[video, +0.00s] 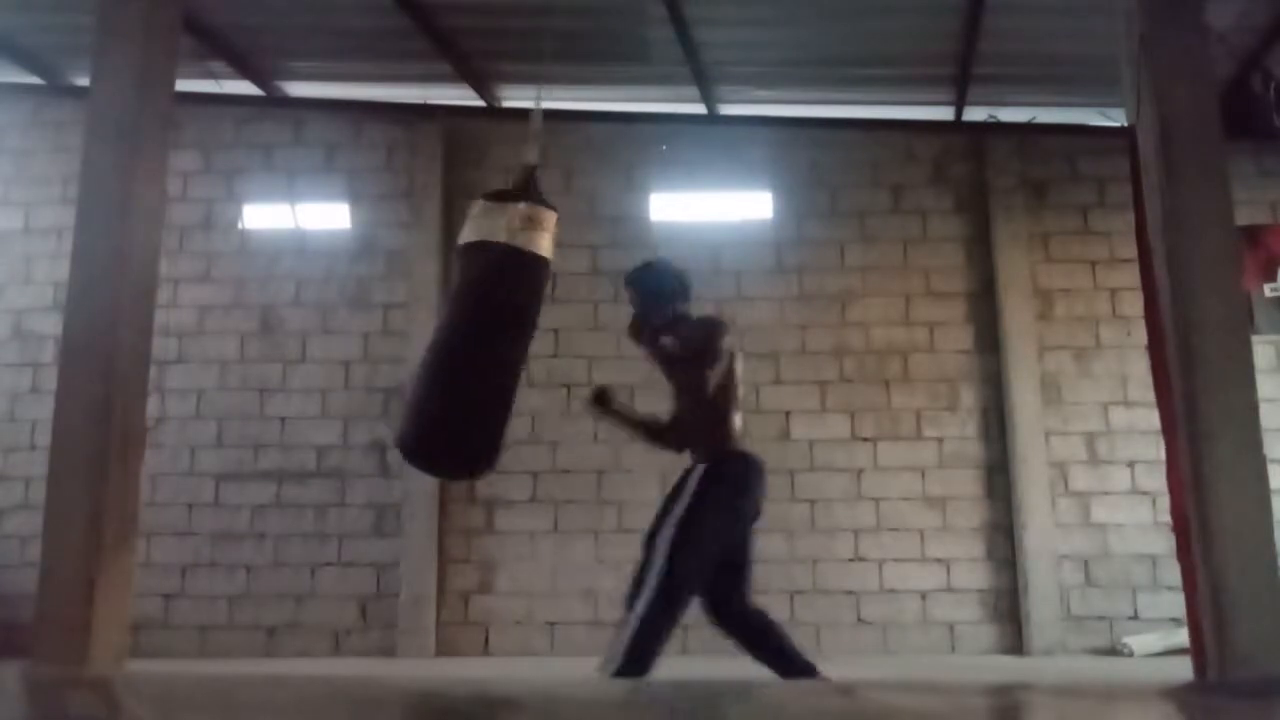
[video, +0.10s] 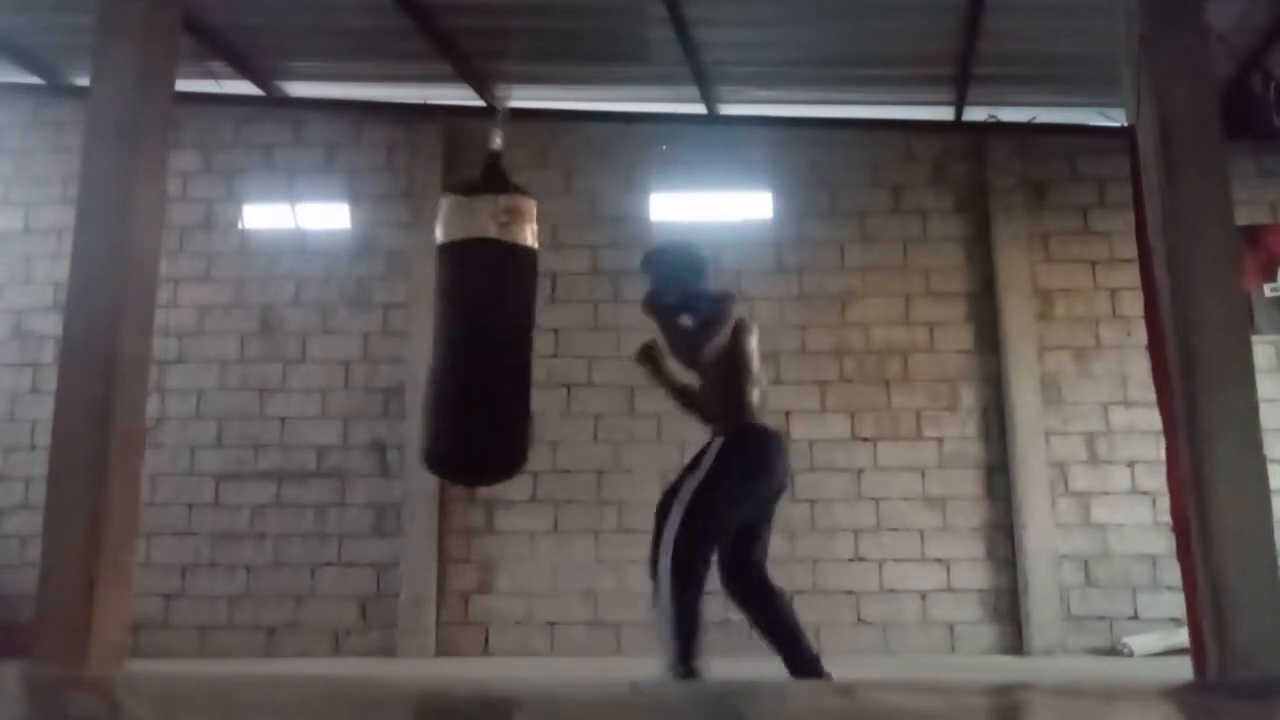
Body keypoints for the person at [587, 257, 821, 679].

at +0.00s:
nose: (632, 315)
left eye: (637, 303)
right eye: (631, 303)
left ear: (660, 301)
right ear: (671, 302)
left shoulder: (694, 329)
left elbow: (716, 335)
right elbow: (677, 438)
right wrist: (614, 410)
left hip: (717, 472)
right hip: (736, 474)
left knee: (663, 574)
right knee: (727, 604)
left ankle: (615, 685)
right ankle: (813, 686)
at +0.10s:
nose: (650, 293)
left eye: (656, 282)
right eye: (650, 282)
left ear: (680, 280)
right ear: (690, 282)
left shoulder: (722, 308)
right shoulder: (718, 325)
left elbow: (696, 354)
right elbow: (712, 409)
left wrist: (659, 312)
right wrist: (662, 375)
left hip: (737, 449)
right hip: (763, 451)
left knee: (679, 532)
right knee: (743, 573)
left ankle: (682, 671)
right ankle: (812, 676)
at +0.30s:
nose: (688, 291)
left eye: (693, 280)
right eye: (687, 281)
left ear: (716, 276)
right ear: (730, 275)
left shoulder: (751, 310)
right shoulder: (765, 319)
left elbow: (730, 378)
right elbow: (738, 395)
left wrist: (693, 330)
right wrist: (697, 335)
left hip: (761, 453)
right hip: (790, 451)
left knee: (721, 570)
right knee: (759, 570)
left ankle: (785, 677)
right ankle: (845, 664)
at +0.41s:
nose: (707, 301)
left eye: (712, 290)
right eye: (706, 291)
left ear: (734, 290)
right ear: (744, 291)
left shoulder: (775, 325)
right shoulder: (764, 337)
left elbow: (744, 400)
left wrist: (712, 343)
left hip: (781, 468)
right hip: (807, 469)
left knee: (733, 582)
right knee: (777, 585)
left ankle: (789, 683)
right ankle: (876, 666)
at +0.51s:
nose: (723, 291)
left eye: (727, 282)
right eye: (722, 283)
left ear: (748, 278)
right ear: (760, 277)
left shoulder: (790, 310)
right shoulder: (771, 324)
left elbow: (774, 375)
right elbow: (753, 397)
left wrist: (732, 326)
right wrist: (730, 336)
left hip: (802, 448)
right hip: (827, 446)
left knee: (763, 564)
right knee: (809, 569)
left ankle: (796, 679)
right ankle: (893, 666)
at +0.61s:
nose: (737, 274)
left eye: (742, 263)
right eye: (737, 264)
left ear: (765, 263)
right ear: (767, 266)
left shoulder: (810, 297)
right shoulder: (768, 313)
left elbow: (811, 358)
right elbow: (771, 387)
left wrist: (765, 317)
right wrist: (749, 332)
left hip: (827, 435)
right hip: (846, 434)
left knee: (784, 548)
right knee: (838, 556)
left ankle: (804, 671)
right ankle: (913, 666)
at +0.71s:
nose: (762, 292)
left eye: (767, 282)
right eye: (760, 283)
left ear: (788, 282)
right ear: (790, 283)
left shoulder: (830, 312)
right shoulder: (798, 332)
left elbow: (839, 376)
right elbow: (788, 400)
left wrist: (791, 331)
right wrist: (767, 344)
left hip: (849, 452)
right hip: (860, 453)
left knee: (788, 552)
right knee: (857, 569)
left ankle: (848, 665)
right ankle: (933, 677)